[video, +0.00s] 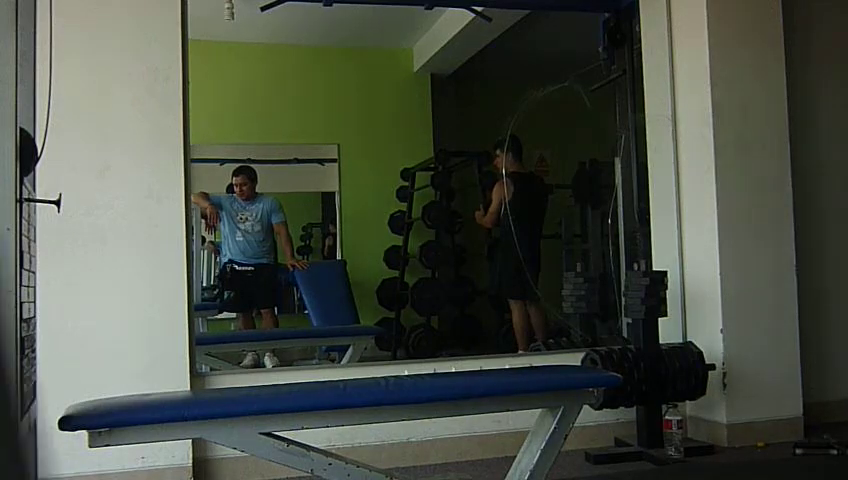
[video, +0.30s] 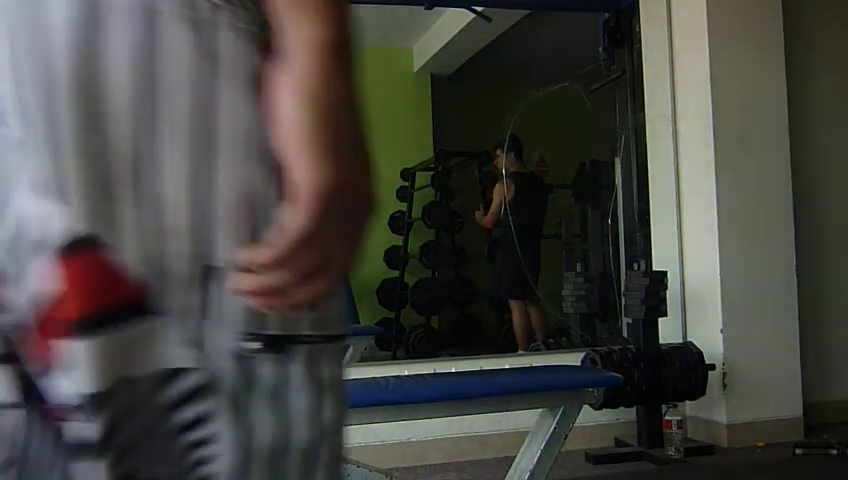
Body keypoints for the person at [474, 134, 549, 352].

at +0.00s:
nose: (495, 162)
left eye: (497, 157)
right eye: (495, 157)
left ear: (506, 156)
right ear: (519, 156)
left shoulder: (503, 186)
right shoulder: (537, 182)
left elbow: (490, 220)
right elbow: (538, 215)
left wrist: (480, 217)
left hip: (510, 248)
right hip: (533, 246)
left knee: (516, 301)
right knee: (533, 299)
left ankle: (522, 352)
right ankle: (542, 347)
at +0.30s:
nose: (496, 163)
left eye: (497, 157)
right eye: (495, 158)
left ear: (507, 156)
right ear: (519, 156)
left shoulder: (504, 185)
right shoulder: (537, 182)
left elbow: (490, 221)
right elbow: (537, 215)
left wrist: (480, 217)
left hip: (511, 247)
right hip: (533, 245)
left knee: (516, 301)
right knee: (532, 298)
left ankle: (522, 353)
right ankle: (542, 346)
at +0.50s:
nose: (497, 162)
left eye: (498, 157)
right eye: (497, 157)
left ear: (509, 156)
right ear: (518, 157)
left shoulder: (504, 186)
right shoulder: (532, 180)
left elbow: (491, 220)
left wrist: (480, 217)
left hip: (511, 248)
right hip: (533, 243)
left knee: (516, 302)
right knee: (532, 299)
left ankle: (522, 351)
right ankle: (542, 345)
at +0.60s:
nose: (496, 163)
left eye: (498, 157)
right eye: (496, 158)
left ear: (509, 156)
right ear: (519, 157)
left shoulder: (504, 186)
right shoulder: (536, 180)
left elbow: (491, 220)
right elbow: (538, 213)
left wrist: (480, 217)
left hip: (511, 247)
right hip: (534, 245)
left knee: (516, 302)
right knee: (533, 299)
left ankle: (523, 353)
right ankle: (542, 347)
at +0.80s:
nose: (497, 165)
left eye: (499, 159)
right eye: (496, 159)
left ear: (510, 157)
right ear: (518, 157)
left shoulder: (506, 186)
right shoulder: (537, 180)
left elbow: (493, 213)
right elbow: (540, 213)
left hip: (513, 246)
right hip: (534, 244)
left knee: (516, 300)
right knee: (533, 298)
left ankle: (523, 352)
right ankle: (542, 346)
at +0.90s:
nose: (502, 165)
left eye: (504, 160)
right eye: (503, 161)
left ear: (511, 158)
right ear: (522, 157)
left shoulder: (512, 183)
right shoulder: (538, 180)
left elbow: (503, 213)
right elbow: (542, 216)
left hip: (515, 247)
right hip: (534, 245)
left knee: (518, 299)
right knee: (533, 297)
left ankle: (522, 350)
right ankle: (542, 343)